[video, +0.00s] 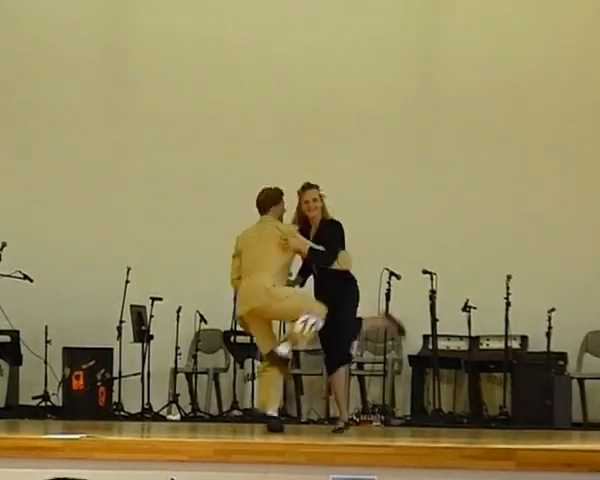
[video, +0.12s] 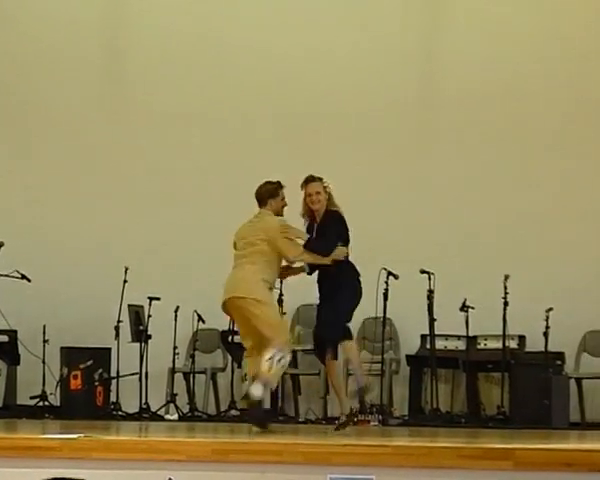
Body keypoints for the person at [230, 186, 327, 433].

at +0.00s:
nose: (285, 209)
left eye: (283, 205)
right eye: (283, 205)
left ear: (260, 209)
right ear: (277, 207)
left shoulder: (243, 236)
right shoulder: (283, 230)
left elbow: (235, 278)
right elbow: (312, 254)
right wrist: (337, 259)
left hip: (245, 299)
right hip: (270, 293)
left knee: (271, 357)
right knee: (317, 311)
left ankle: (271, 412)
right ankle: (285, 348)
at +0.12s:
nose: (285, 202)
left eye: (284, 198)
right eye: (282, 198)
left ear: (262, 202)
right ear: (272, 201)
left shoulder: (243, 229)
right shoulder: (273, 224)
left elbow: (264, 268)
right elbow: (296, 254)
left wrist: (303, 266)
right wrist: (330, 258)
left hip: (231, 294)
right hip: (253, 292)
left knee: (254, 346)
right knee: (281, 343)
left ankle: (253, 397)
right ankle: (259, 389)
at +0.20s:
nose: (282, 206)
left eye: (282, 201)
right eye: (279, 201)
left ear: (264, 203)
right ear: (265, 203)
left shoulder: (256, 225)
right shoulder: (261, 225)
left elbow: (267, 254)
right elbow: (267, 257)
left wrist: (295, 249)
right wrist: (301, 256)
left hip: (237, 299)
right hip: (243, 300)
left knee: (253, 354)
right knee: (255, 355)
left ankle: (242, 412)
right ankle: (245, 413)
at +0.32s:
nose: (269, 209)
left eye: (271, 205)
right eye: (265, 205)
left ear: (269, 206)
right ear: (251, 204)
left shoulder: (256, 234)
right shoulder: (244, 229)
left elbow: (257, 273)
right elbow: (240, 261)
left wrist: (276, 266)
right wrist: (271, 254)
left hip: (238, 300)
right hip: (226, 298)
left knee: (254, 346)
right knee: (253, 343)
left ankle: (244, 406)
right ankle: (237, 406)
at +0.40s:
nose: (254, 217)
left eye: (257, 212)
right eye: (250, 212)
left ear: (259, 214)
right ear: (238, 212)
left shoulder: (251, 245)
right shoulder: (232, 238)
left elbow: (259, 280)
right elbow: (229, 272)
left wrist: (282, 270)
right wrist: (258, 263)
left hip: (235, 311)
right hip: (218, 310)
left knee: (261, 347)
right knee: (251, 345)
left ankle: (245, 408)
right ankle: (227, 405)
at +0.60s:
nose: (228, 220)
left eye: (231, 216)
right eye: (223, 216)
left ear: (237, 217)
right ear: (216, 217)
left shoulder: (239, 244)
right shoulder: (206, 243)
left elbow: (255, 268)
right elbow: (215, 270)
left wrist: (279, 270)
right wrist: (244, 271)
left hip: (218, 311)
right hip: (196, 310)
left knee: (238, 353)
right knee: (216, 354)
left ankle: (237, 412)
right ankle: (215, 415)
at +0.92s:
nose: (227, 219)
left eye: (231, 215)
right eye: (223, 215)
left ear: (239, 216)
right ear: (218, 216)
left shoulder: (243, 243)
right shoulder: (207, 242)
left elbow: (252, 274)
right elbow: (206, 277)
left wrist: (270, 276)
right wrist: (232, 273)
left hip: (217, 307)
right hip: (192, 304)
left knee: (228, 352)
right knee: (209, 346)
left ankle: (230, 413)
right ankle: (202, 407)